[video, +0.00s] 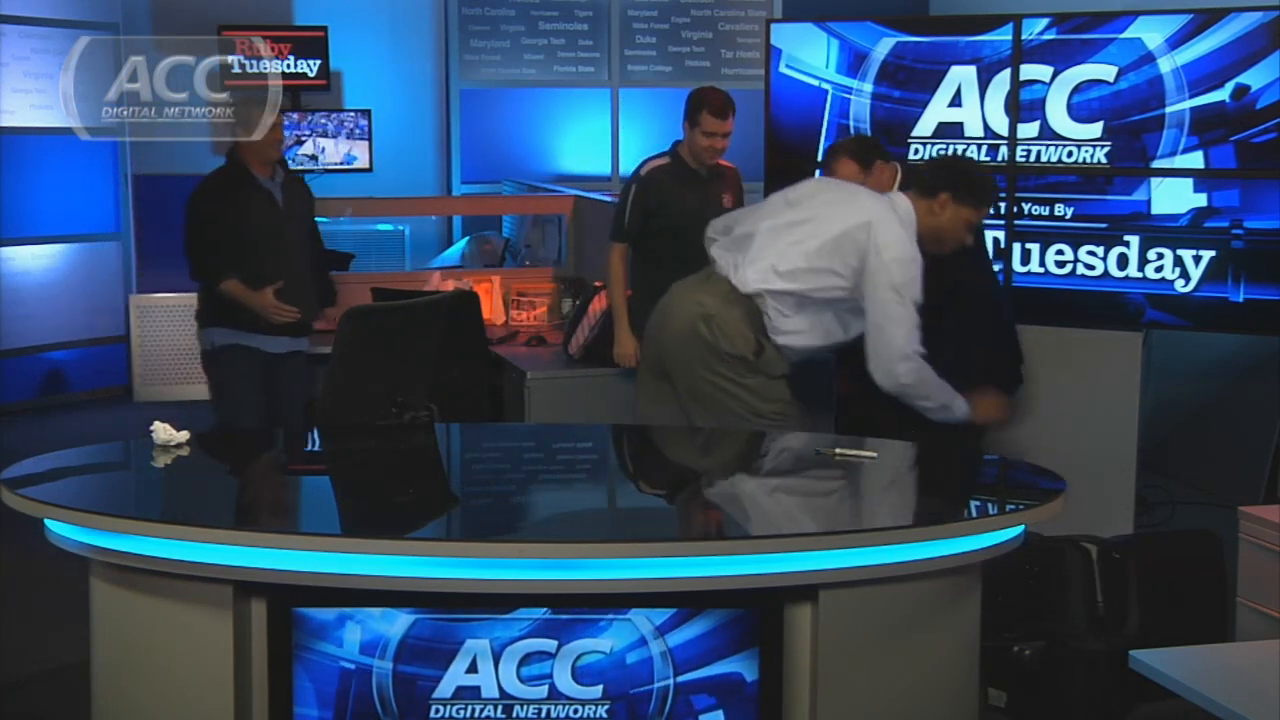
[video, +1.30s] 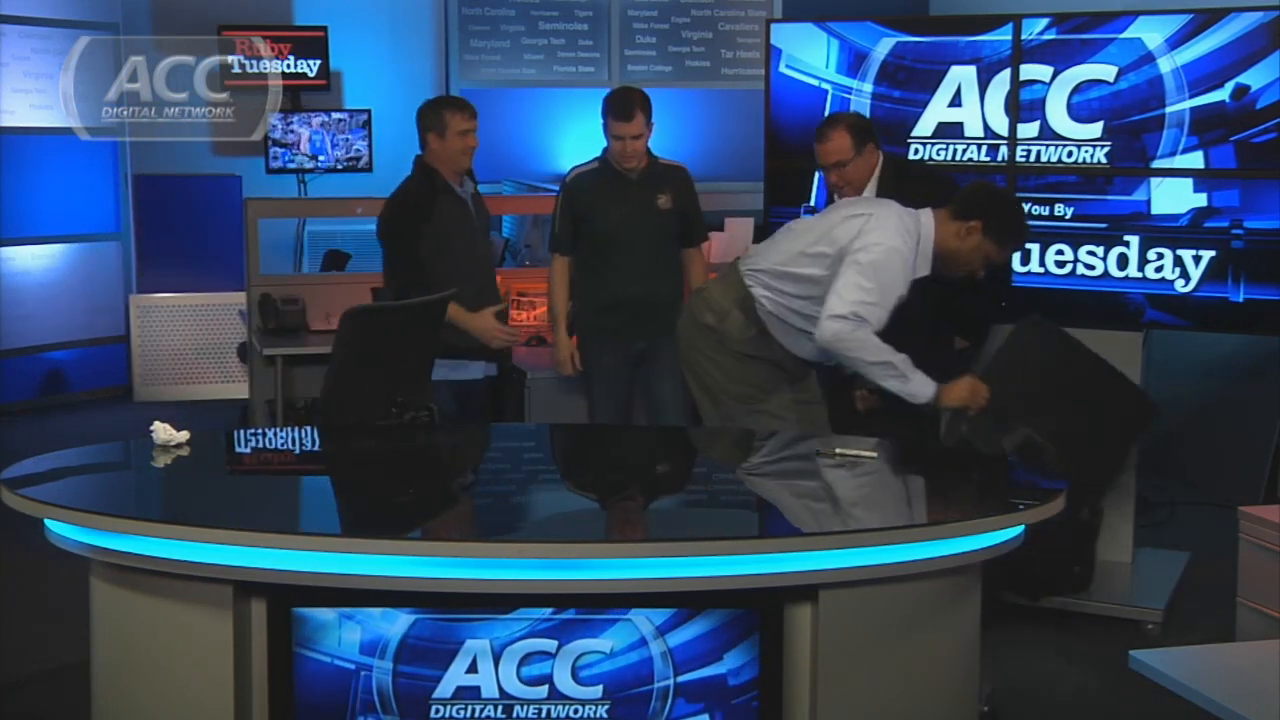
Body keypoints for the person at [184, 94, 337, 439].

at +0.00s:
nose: (281, 135)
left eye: (281, 126)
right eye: (271, 128)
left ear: (281, 130)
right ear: (245, 135)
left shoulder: (296, 188)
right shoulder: (212, 191)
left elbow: (311, 253)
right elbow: (207, 265)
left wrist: (325, 304)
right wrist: (251, 298)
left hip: (290, 340)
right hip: (234, 340)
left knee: (289, 439)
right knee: (244, 439)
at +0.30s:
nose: (320, 146)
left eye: (322, 137)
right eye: (310, 138)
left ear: (324, 138)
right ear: (281, 143)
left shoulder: (329, 197)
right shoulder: (253, 204)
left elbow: (345, 264)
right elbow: (241, 282)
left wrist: (363, 316)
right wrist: (283, 326)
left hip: (333, 355)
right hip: (278, 359)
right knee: (283, 463)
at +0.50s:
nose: (349, 144)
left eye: (350, 135)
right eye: (339, 136)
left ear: (352, 135)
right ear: (308, 141)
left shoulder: (355, 193)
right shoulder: (280, 203)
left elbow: (360, 267)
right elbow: (277, 289)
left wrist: (369, 325)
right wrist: (317, 335)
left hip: (354, 352)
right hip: (300, 361)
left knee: (357, 459)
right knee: (306, 460)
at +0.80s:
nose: (405, 151)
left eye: (406, 141)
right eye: (395, 142)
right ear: (365, 145)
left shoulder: (409, 199)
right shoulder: (332, 208)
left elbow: (415, 273)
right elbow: (325, 291)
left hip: (406, 343)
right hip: (354, 349)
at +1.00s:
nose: (442, 145)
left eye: (444, 135)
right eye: (432, 136)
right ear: (402, 140)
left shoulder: (445, 199)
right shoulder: (365, 203)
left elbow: (454, 272)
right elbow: (354, 282)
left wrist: (472, 330)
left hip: (444, 348)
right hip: (392, 350)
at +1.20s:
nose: (467, 143)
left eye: (467, 133)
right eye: (457, 134)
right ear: (425, 140)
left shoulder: (466, 200)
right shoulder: (390, 205)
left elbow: (476, 274)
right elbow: (389, 297)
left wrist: (493, 327)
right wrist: (438, 328)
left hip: (473, 367)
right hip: (423, 369)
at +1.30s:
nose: (474, 143)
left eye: (475, 134)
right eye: (464, 134)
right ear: (433, 140)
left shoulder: (471, 197)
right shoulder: (407, 204)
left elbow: (479, 272)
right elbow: (409, 287)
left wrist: (497, 324)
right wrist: (468, 321)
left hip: (483, 361)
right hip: (438, 365)